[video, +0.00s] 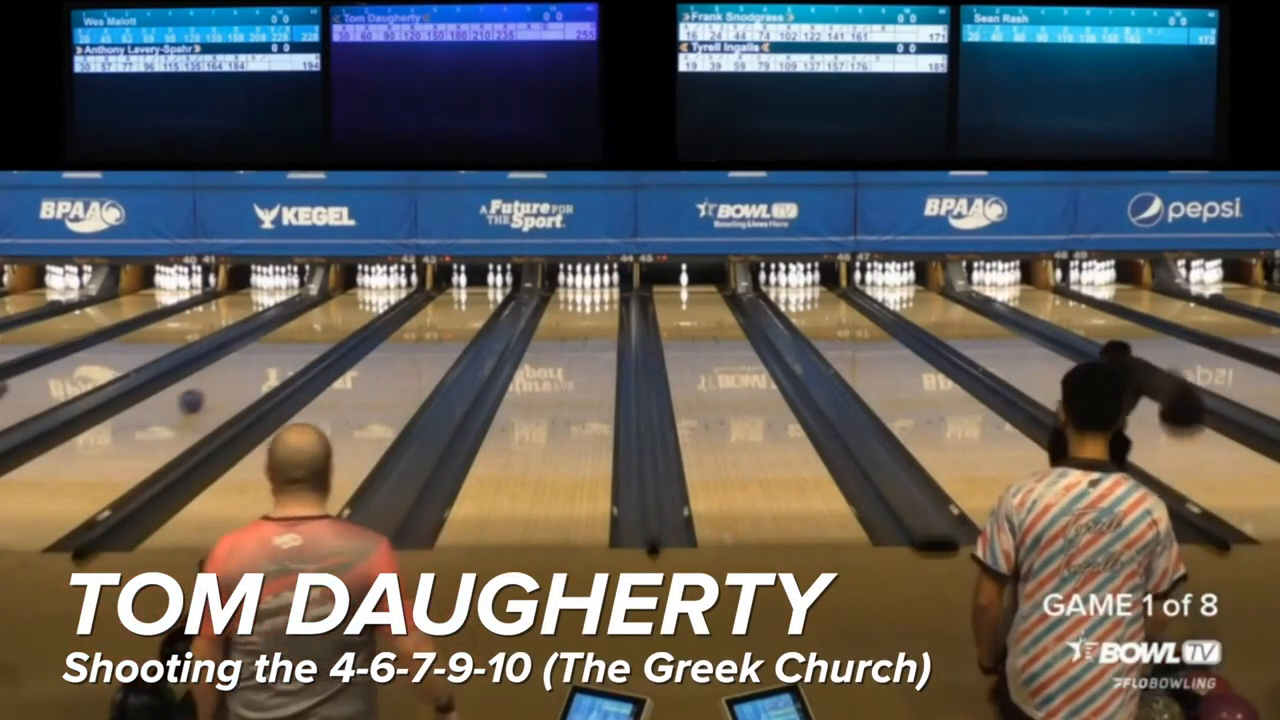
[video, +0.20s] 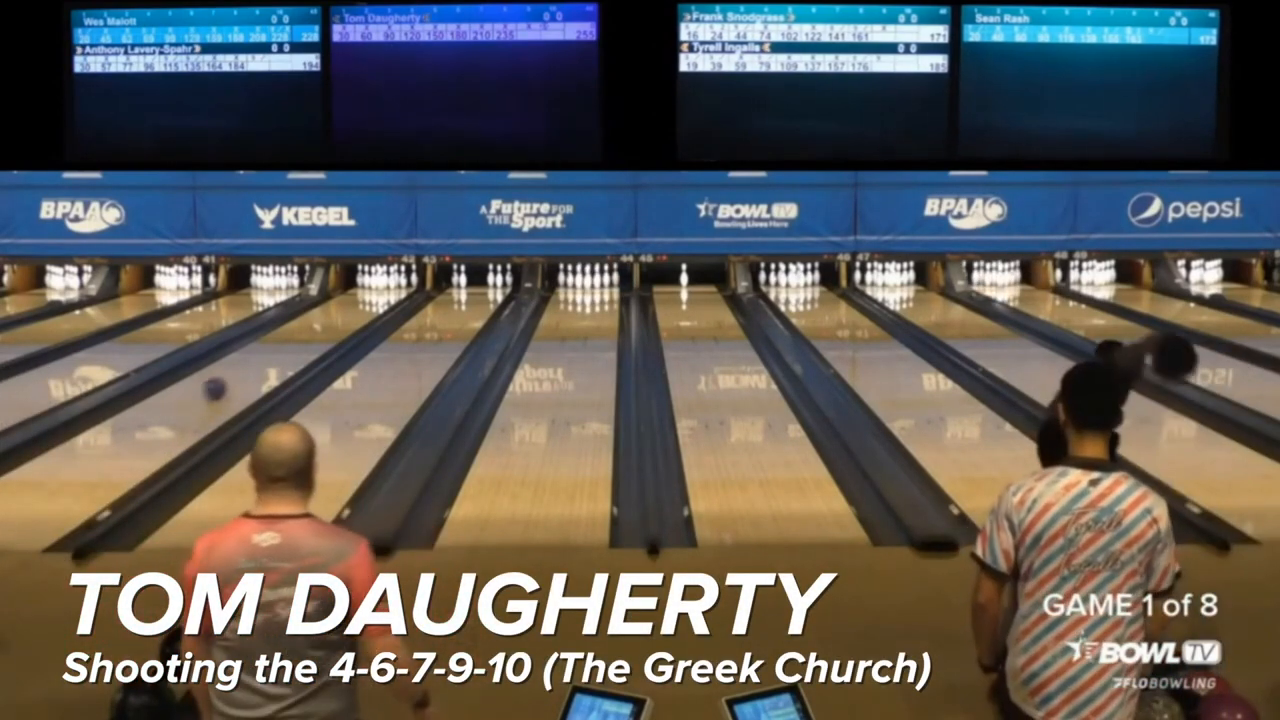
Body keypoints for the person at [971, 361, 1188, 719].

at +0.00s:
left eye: (1061, 405)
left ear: (1063, 413)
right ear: (1122, 419)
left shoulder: (1024, 497)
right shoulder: (1149, 508)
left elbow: (987, 600)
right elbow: (1160, 607)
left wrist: (990, 662)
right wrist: (1141, 650)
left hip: (1033, 686)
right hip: (1112, 692)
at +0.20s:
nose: (1057, 409)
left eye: (1058, 403)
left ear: (1062, 412)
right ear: (1118, 418)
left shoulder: (1023, 496)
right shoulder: (1151, 507)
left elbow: (986, 598)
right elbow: (1158, 597)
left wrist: (989, 660)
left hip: (1033, 686)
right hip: (1112, 691)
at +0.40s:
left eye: (1060, 403)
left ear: (1062, 412)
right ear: (1118, 418)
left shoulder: (1024, 493)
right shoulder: (1153, 505)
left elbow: (986, 594)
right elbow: (1161, 608)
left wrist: (988, 661)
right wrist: (1142, 670)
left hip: (1033, 685)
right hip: (1111, 691)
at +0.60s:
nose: (1060, 414)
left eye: (1060, 406)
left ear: (1062, 414)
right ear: (1118, 417)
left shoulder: (1023, 494)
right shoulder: (1152, 504)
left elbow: (986, 596)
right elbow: (1160, 608)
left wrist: (987, 661)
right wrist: (1140, 671)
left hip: (1032, 688)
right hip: (1110, 694)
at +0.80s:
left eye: (1059, 408)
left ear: (1061, 414)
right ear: (1117, 419)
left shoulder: (1022, 498)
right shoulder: (1147, 511)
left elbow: (984, 601)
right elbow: (1156, 611)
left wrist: (986, 665)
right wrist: (1138, 670)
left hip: (1030, 683)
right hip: (1108, 691)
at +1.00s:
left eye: (1058, 408)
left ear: (1060, 414)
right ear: (1116, 419)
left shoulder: (1021, 498)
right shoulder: (1146, 511)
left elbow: (982, 601)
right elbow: (1154, 612)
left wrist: (985, 665)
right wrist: (1139, 669)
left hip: (1028, 684)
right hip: (1106, 692)